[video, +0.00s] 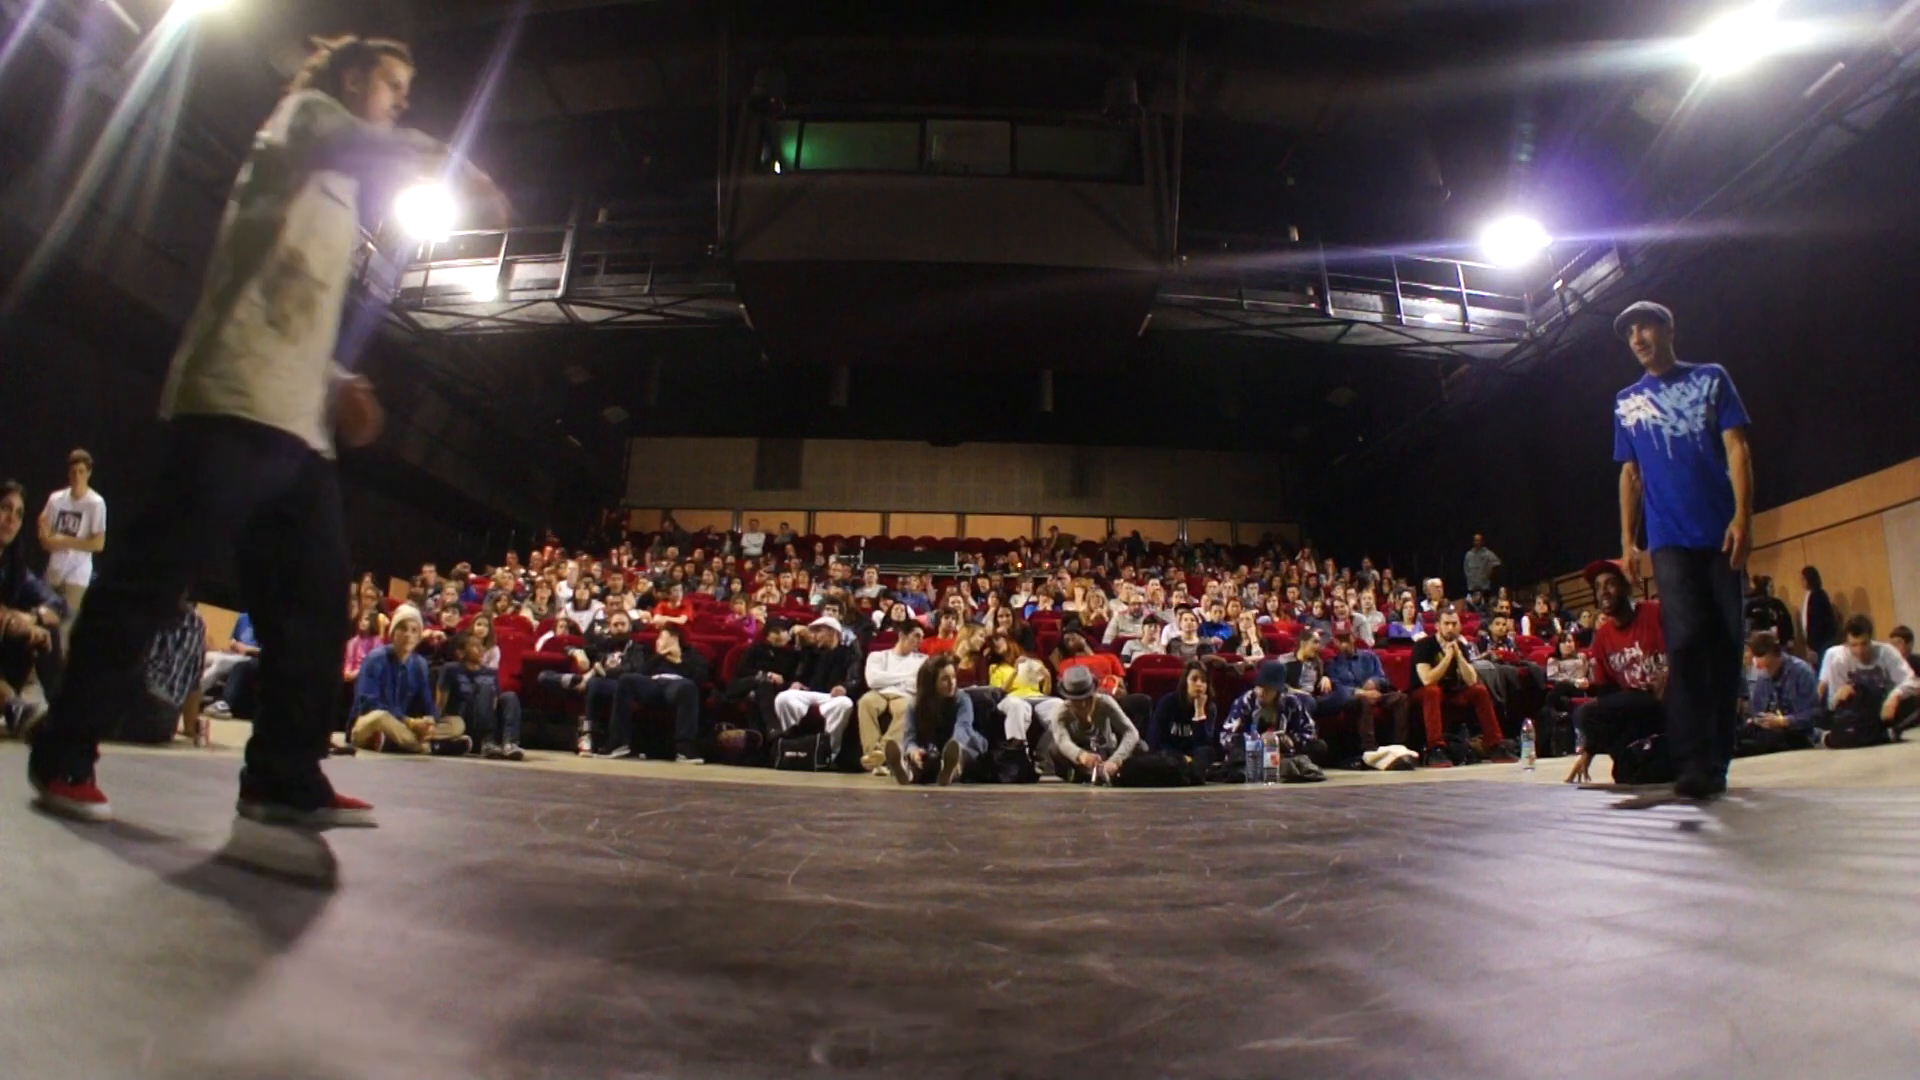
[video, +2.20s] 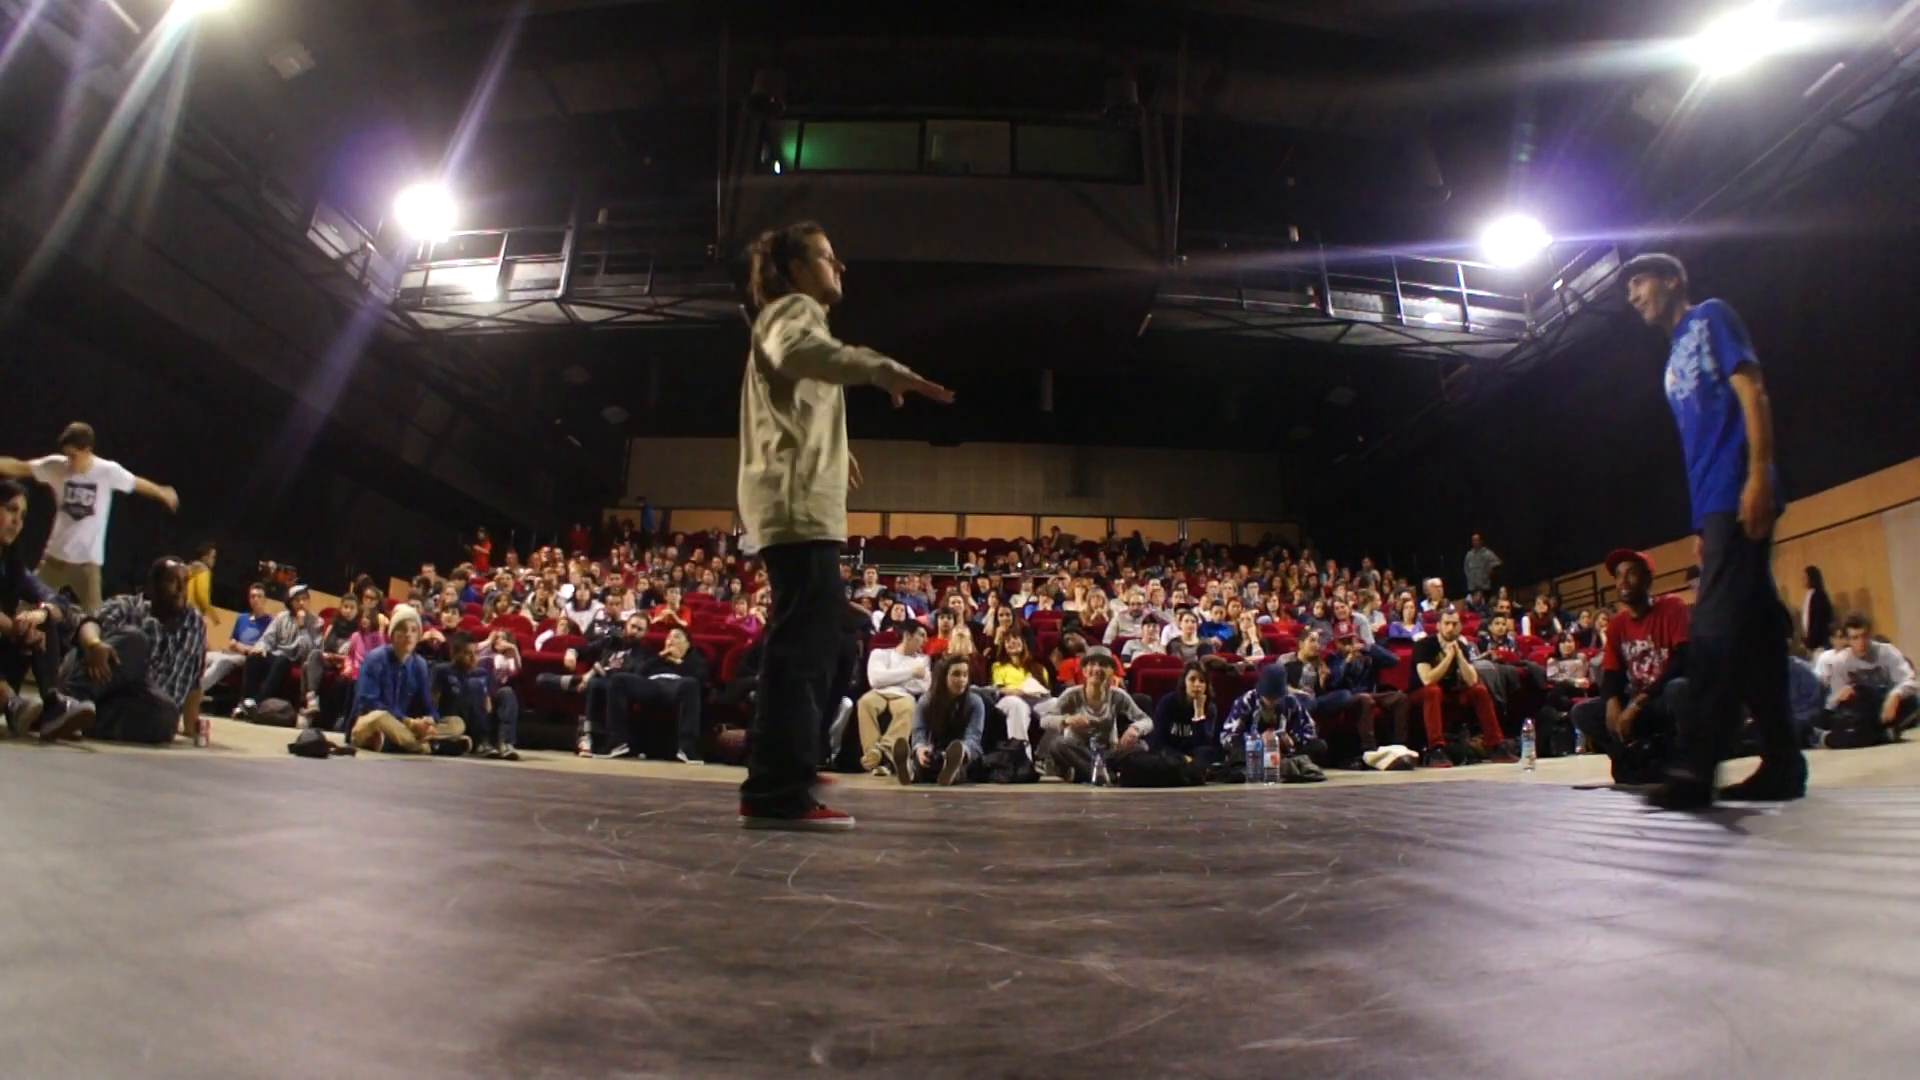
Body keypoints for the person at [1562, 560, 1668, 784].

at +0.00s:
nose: (1603, 592)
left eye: (1610, 584)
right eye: (1598, 587)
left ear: (1626, 588)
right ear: (1595, 595)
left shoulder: (1655, 613)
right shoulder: (1602, 636)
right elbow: (1604, 692)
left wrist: (1669, 676)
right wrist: (1586, 752)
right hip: (1633, 703)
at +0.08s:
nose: (1604, 591)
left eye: (1611, 583)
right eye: (1599, 587)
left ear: (1627, 588)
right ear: (1596, 595)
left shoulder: (1659, 613)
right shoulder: (1602, 637)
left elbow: (1689, 651)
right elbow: (1605, 694)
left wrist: (1671, 674)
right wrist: (1586, 754)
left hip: (1673, 696)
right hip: (1635, 702)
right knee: (1587, 714)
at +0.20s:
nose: (1607, 588)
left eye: (1615, 580)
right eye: (1602, 583)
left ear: (1631, 585)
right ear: (1598, 590)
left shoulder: (1663, 611)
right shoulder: (1604, 634)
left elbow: (1686, 660)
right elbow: (1603, 691)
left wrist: (1660, 682)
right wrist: (1586, 754)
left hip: (1670, 693)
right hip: (1631, 698)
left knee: (1691, 684)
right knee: (1588, 712)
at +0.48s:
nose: (1626, 578)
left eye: (1634, 571)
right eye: (1620, 573)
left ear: (1650, 576)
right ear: (1617, 580)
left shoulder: (1676, 605)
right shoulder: (1616, 629)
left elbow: (1690, 658)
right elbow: (1607, 681)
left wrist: (1649, 685)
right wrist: (1571, 731)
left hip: (1668, 694)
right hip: (1634, 698)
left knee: (1681, 689)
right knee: (1582, 714)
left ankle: (1686, 759)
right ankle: (1630, 759)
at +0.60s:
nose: (1630, 576)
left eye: (1638, 568)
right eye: (1625, 570)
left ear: (1654, 573)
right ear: (1621, 578)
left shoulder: (1680, 603)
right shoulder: (1620, 622)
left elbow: (1692, 658)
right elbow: (1607, 675)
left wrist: (1644, 683)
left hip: (1669, 693)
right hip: (1633, 695)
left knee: (1677, 690)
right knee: (1583, 711)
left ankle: (1685, 759)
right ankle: (1629, 761)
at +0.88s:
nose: (1632, 576)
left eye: (1639, 568)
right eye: (1627, 570)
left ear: (1657, 572)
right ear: (1624, 576)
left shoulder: (1679, 604)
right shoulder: (1624, 616)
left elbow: (1688, 664)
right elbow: (1617, 666)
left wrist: (1636, 685)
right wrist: (1597, 686)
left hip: (1673, 691)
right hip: (1638, 693)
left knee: (1675, 690)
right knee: (1583, 711)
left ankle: (1689, 759)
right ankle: (1632, 761)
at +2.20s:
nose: (1622, 582)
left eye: (1630, 574)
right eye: (1618, 576)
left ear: (1647, 580)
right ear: (1614, 583)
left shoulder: (1671, 607)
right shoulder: (1617, 624)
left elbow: (1681, 659)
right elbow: (1612, 671)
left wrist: (1639, 702)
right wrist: (1612, 703)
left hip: (1667, 694)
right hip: (1633, 699)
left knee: (1678, 689)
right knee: (1582, 713)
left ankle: (1686, 764)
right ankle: (1633, 763)